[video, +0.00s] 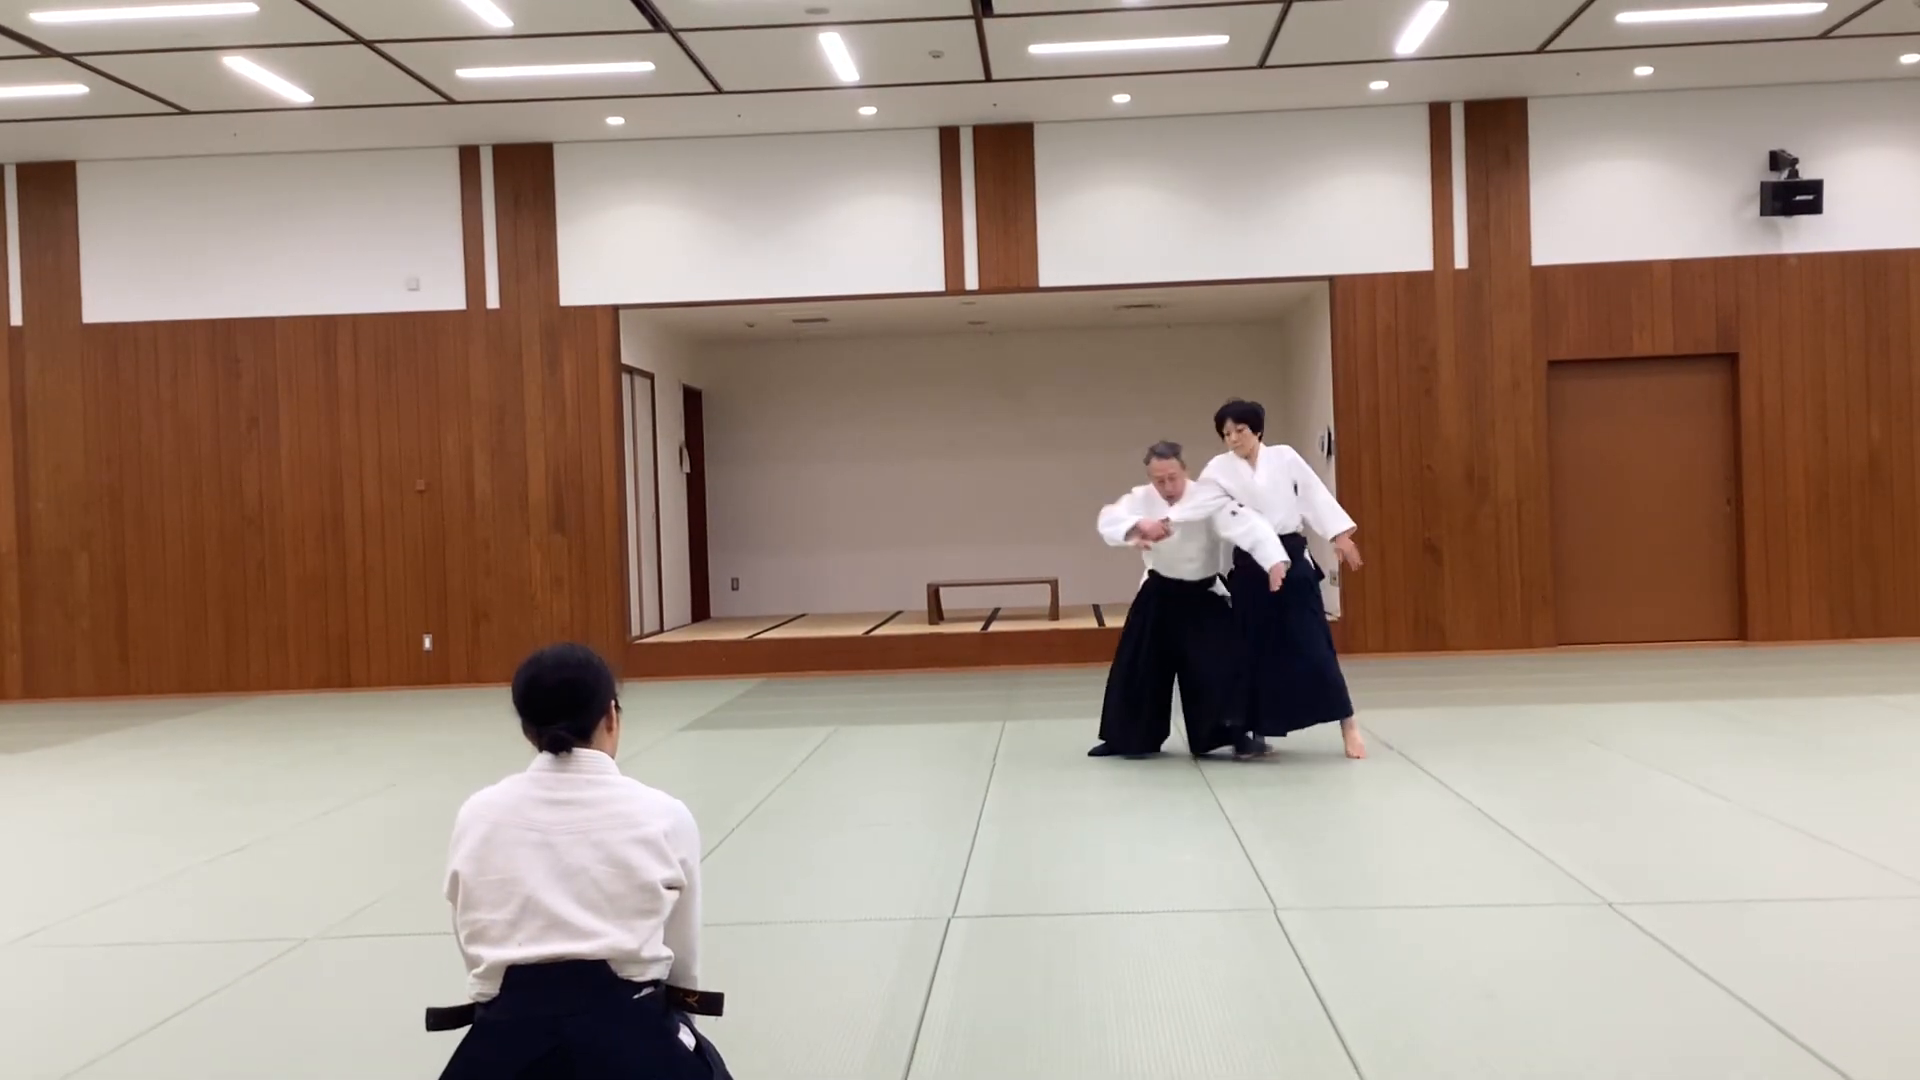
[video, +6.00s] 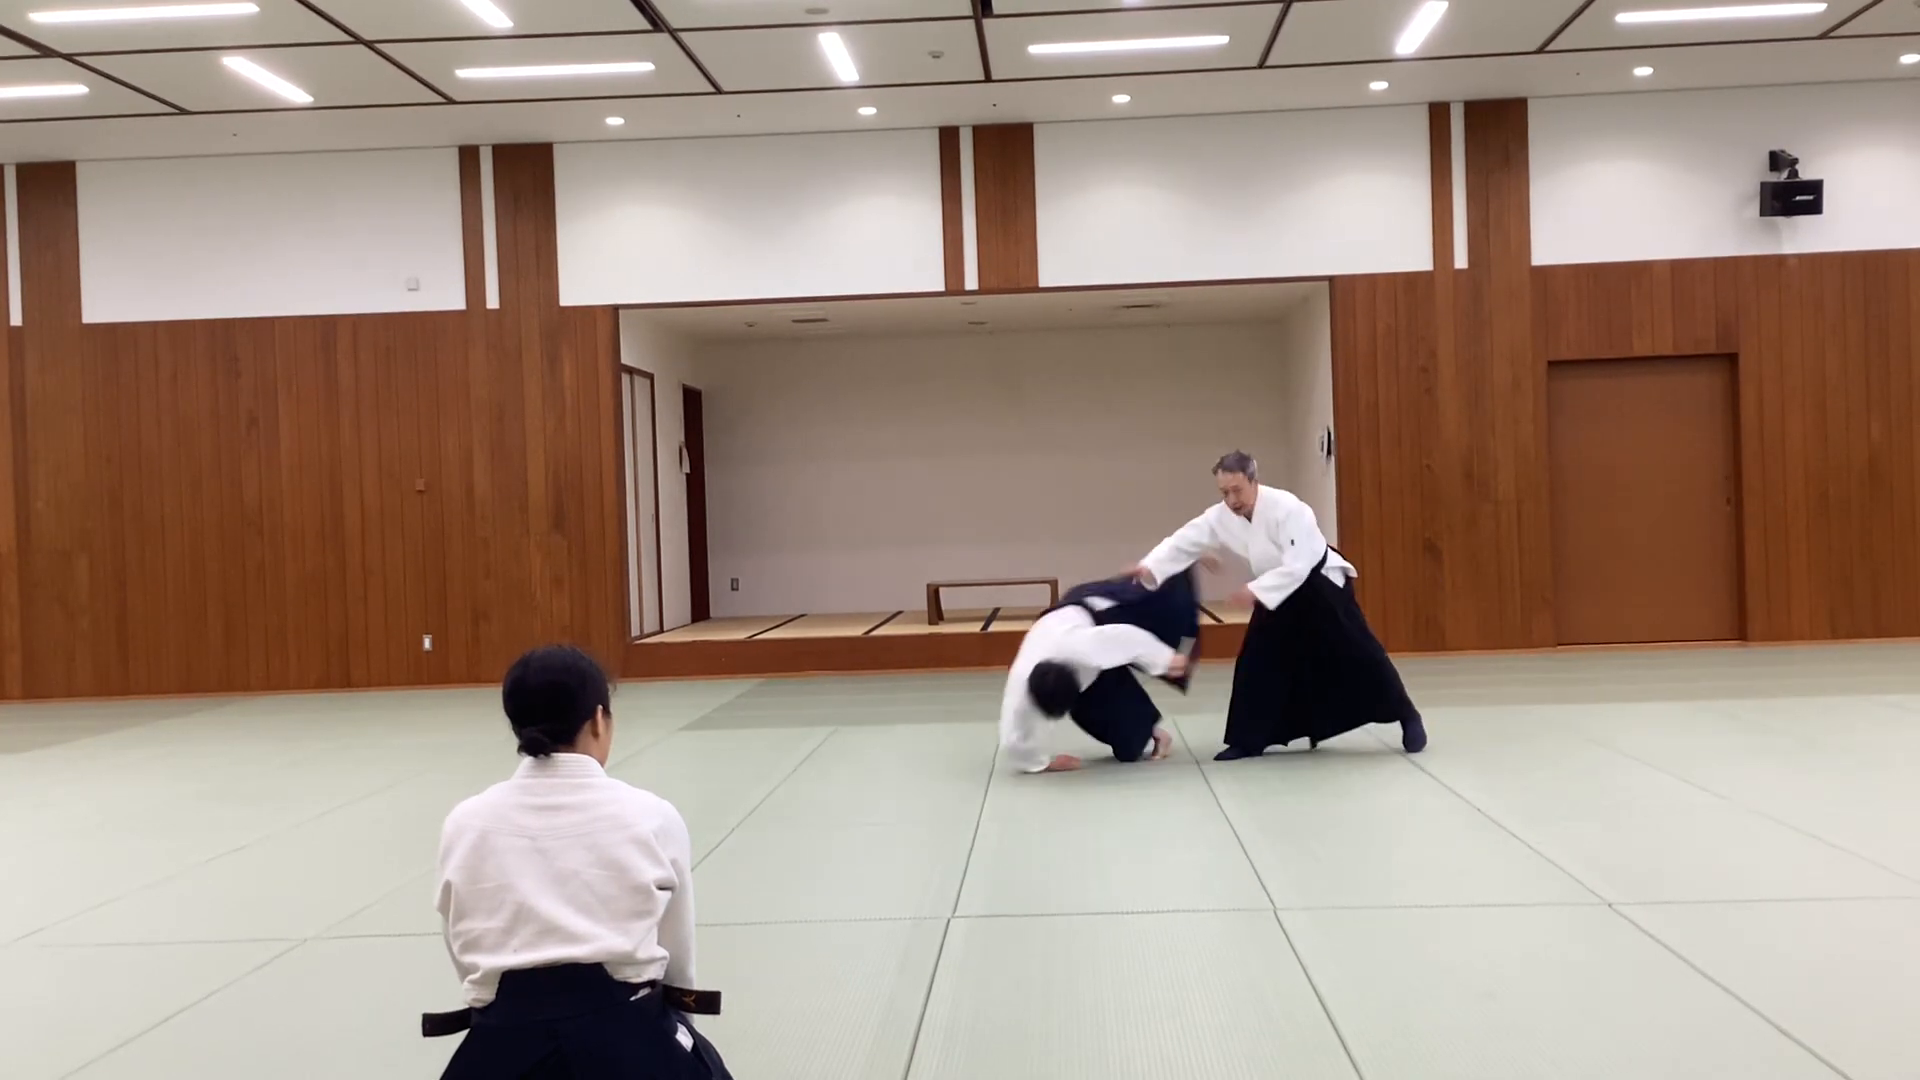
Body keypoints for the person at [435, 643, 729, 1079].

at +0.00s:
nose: (618, 721)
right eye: (617, 711)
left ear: (527, 732)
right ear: (612, 718)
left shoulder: (478, 814)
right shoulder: (663, 815)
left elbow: (474, 952)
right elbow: (682, 967)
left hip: (507, 1042)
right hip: (631, 1041)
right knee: (701, 1052)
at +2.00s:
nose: (620, 726)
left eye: (620, 712)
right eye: (619, 713)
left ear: (528, 723)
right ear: (604, 720)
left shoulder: (469, 820)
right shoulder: (655, 817)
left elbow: (467, 955)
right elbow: (679, 965)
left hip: (504, 1045)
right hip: (629, 1043)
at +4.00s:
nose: (612, 726)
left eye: (612, 713)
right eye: (612, 714)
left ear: (521, 724)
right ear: (599, 721)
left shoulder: (466, 822)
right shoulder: (653, 817)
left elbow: (465, 957)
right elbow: (679, 966)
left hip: (503, 1048)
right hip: (629, 1044)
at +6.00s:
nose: (610, 727)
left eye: (609, 714)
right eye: (609, 716)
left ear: (518, 725)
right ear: (598, 721)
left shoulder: (464, 823)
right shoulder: (652, 817)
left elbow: (464, 960)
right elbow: (678, 967)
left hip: (503, 1050)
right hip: (629, 1046)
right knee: (696, 1045)